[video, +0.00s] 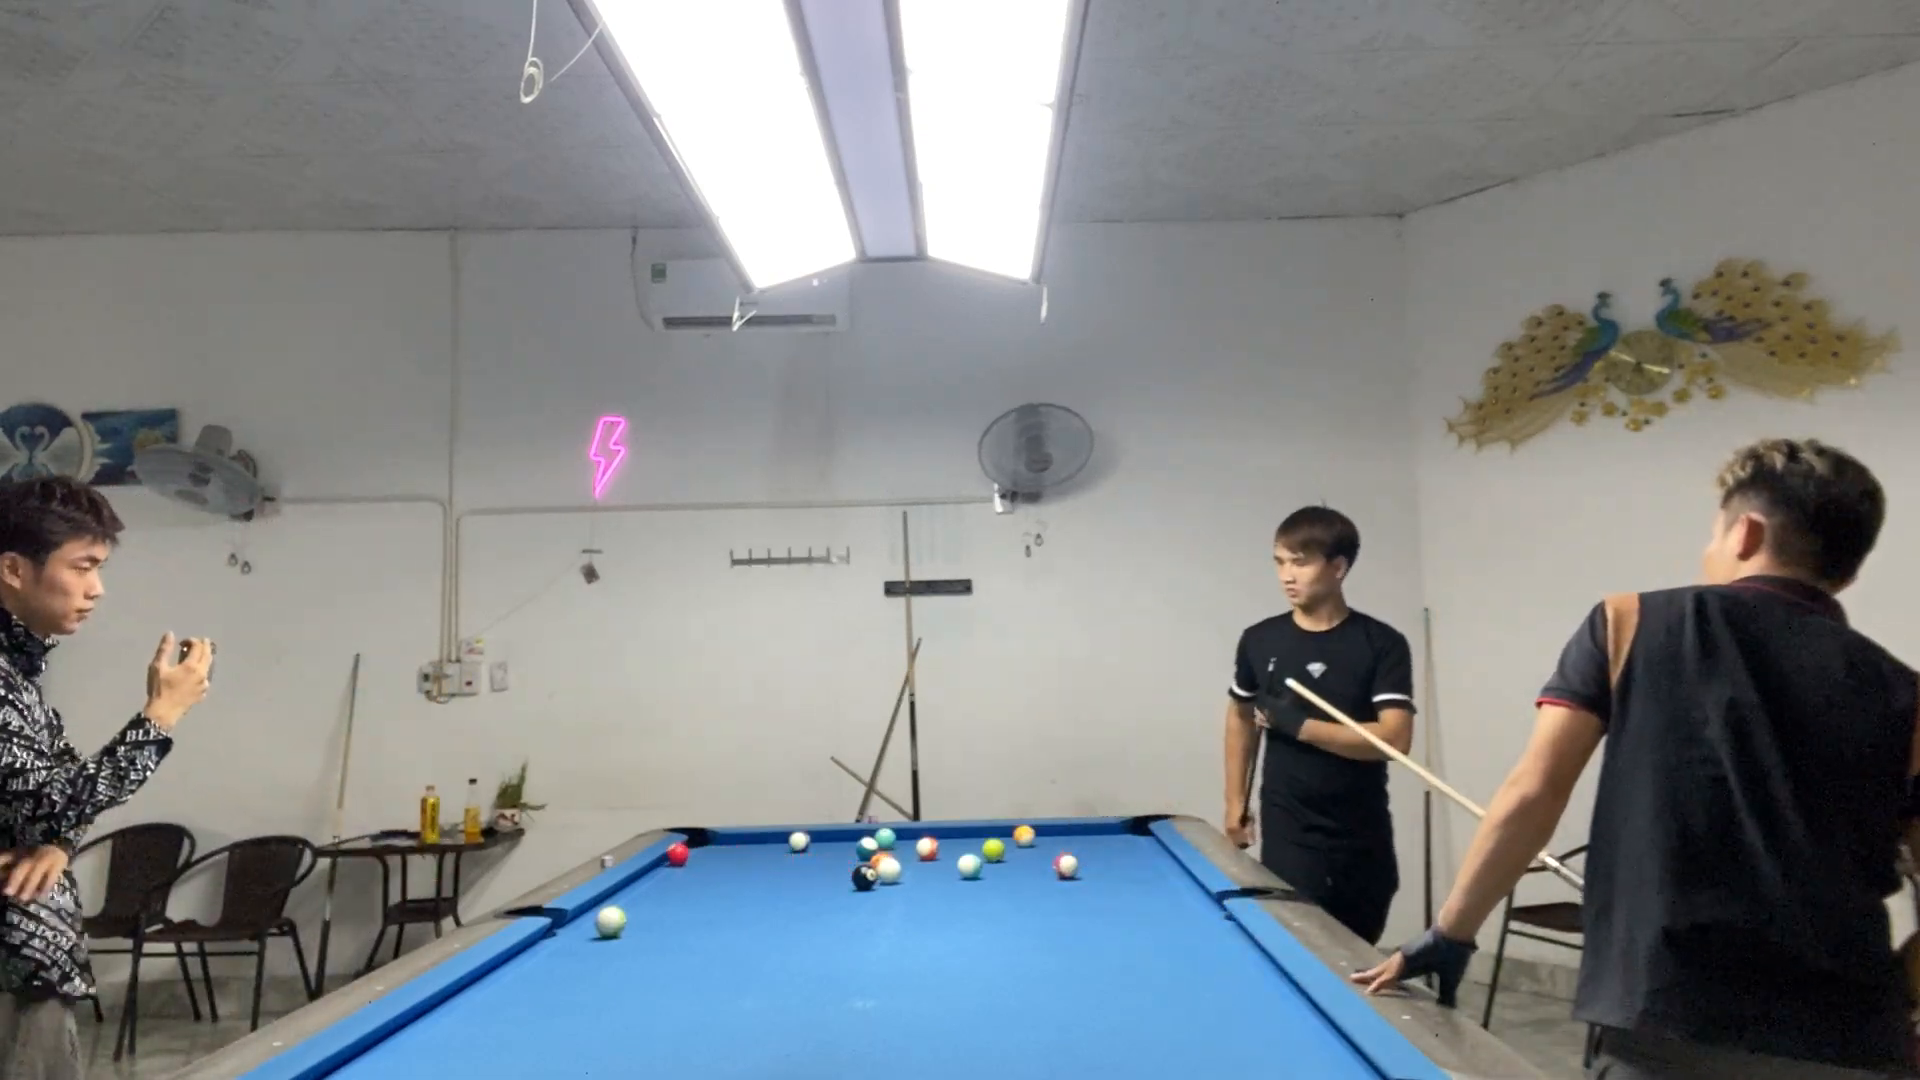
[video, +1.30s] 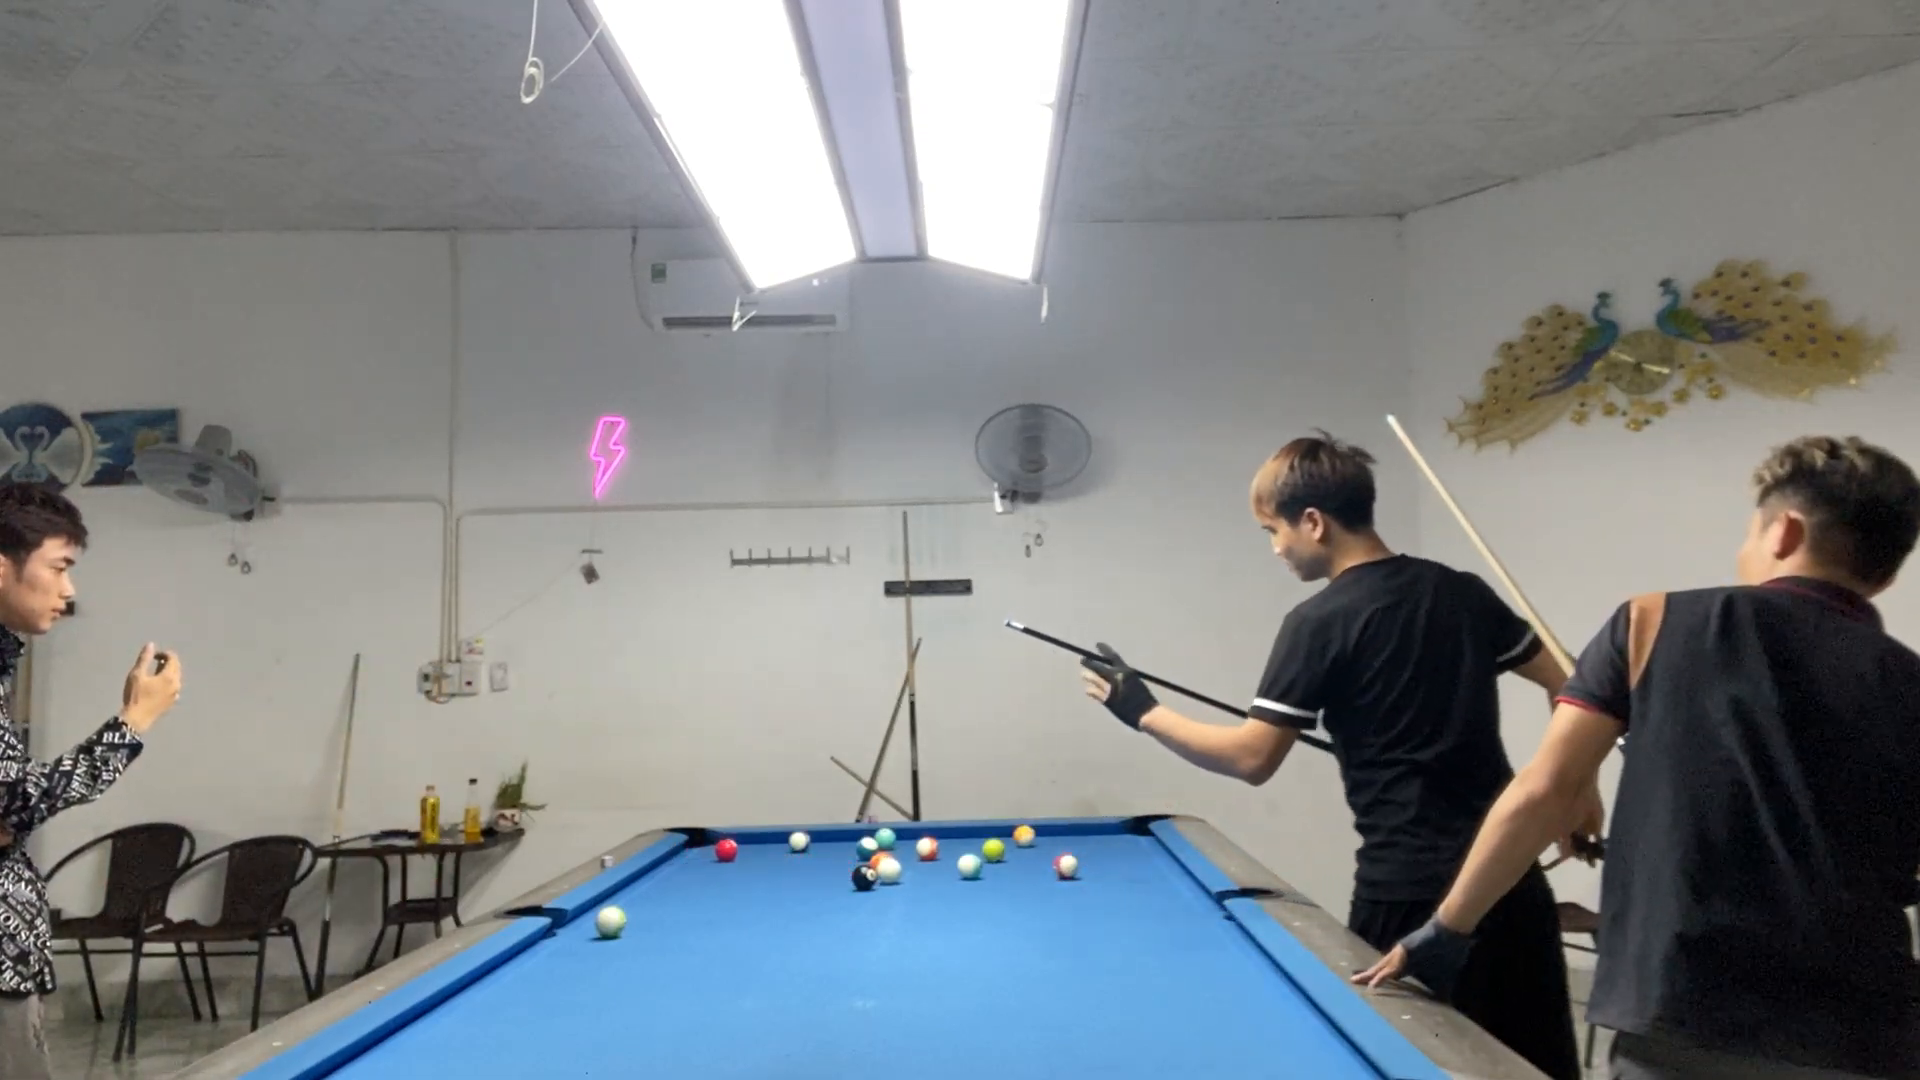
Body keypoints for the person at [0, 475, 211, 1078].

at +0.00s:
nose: (97, 588)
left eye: (99, 568)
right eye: (82, 566)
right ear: (14, 570)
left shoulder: (21, 673)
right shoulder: (3, 678)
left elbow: (69, 782)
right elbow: (46, 813)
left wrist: (56, 845)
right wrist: (159, 717)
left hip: (42, 980)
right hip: (21, 988)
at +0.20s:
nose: (82, 583)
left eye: (83, 563)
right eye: (68, 561)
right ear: (8, 566)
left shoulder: (19, 663)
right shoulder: (6, 668)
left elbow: (61, 774)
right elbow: (32, 802)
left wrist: (20, 816)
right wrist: (153, 708)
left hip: (39, 957)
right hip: (16, 965)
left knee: (52, 1067)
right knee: (37, 1068)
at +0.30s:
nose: (79, 581)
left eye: (79, 562)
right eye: (63, 560)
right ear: (6, 566)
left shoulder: (16, 666)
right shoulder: (5, 671)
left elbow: (46, 784)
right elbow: (33, 801)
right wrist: (148, 707)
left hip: (36, 961)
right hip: (15, 968)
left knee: (48, 1068)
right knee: (34, 1069)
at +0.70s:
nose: (72, 588)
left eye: (72, 568)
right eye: (60, 564)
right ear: (6, 566)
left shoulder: (9, 667)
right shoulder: (5, 670)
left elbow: (27, 795)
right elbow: (22, 801)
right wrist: (136, 719)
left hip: (24, 968)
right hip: (14, 972)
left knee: (36, 1068)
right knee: (32, 1069)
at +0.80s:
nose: (71, 589)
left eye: (72, 569)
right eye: (60, 566)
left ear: (19, 567)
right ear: (6, 565)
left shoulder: (8, 666)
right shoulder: (4, 668)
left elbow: (24, 796)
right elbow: (21, 800)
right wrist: (136, 720)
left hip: (22, 967)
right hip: (12, 971)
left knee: (33, 1068)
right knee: (31, 1069)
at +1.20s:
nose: (70, 592)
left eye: (70, 571)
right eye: (60, 568)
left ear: (19, 568)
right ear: (7, 566)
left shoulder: (7, 666)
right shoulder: (4, 669)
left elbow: (21, 796)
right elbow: (18, 802)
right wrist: (134, 723)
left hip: (20, 974)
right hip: (10, 978)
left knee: (30, 1067)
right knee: (27, 1069)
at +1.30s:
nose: (69, 591)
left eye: (70, 571)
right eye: (59, 567)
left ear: (18, 568)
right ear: (7, 566)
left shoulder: (7, 664)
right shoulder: (5, 666)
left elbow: (20, 797)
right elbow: (17, 803)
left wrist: (129, 724)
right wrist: (133, 724)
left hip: (19, 974)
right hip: (10, 978)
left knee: (30, 1068)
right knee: (28, 1069)